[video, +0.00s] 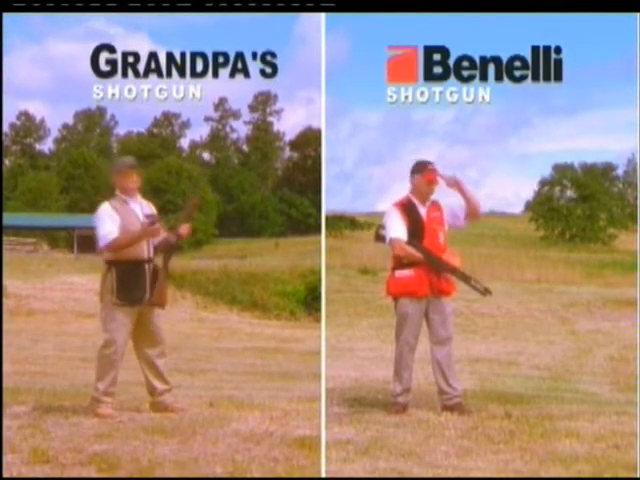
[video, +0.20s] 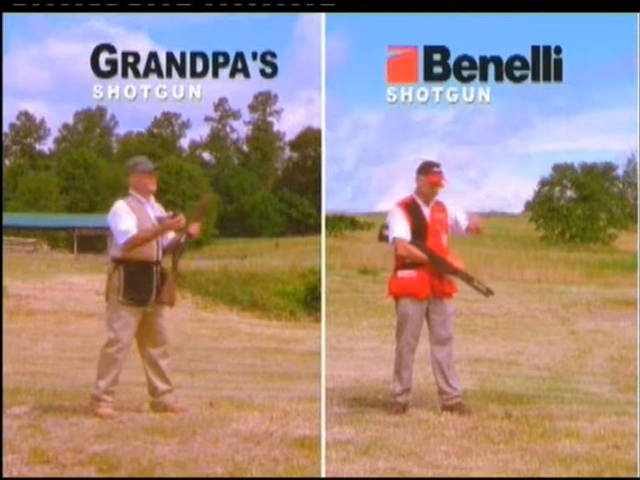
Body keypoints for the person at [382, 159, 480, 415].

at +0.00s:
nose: (432, 187)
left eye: (435, 182)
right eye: (428, 181)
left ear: (435, 183)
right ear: (414, 180)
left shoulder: (440, 209)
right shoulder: (397, 211)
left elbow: (473, 214)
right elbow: (398, 249)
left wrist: (460, 189)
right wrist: (434, 261)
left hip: (438, 282)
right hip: (410, 283)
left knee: (443, 340)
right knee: (406, 343)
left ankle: (451, 397)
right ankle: (401, 396)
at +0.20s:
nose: (436, 189)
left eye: (439, 184)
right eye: (432, 183)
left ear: (441, 185)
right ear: (419, 181)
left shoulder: (444, 210)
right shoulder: (401, 210)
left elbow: (465, 225)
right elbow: (402, 249)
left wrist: (474, 225)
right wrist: (435, 262)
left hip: (440, 281)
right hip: (411, 282)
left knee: (443, 340)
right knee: (407, 343)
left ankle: (450, 397)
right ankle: (400, 397)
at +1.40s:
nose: (435, 182)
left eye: (437, 177)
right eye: (430, 177)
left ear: (440, 179)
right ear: (417, 180)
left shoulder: (448, 210)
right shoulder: (402, 210)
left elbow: (459, 252)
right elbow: (395, 244)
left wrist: (464, 238)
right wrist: (419, 260)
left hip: (441, 281)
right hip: (411, 282)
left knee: (445, 341)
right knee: (406, 342)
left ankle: (451, 397)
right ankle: (400, 395)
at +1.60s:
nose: (427, 181)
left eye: (429, 176)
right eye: (422, 177)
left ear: (433, 178)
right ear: (410, 181)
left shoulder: (443, 209)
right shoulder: (396, 211)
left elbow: (462, 247)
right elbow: (383, 248)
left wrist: (470, 228)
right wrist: (405, 246)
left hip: (440, 280)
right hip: (409, 281)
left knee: (444, 341)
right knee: (406, 342)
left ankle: (451, 397)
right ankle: (400, 395)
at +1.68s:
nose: (422, 182)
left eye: (425, 177)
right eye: (417, 178)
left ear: (429, 179)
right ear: (407, 182)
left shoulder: (440, 208)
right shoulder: (394, 211)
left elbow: (451, 240)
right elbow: (380, 249)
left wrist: (448, 250)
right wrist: (398, 245)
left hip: (439, 284)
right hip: (409, 286)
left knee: (443, 342)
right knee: (406, 343)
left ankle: (449, 396)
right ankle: (401, 395)